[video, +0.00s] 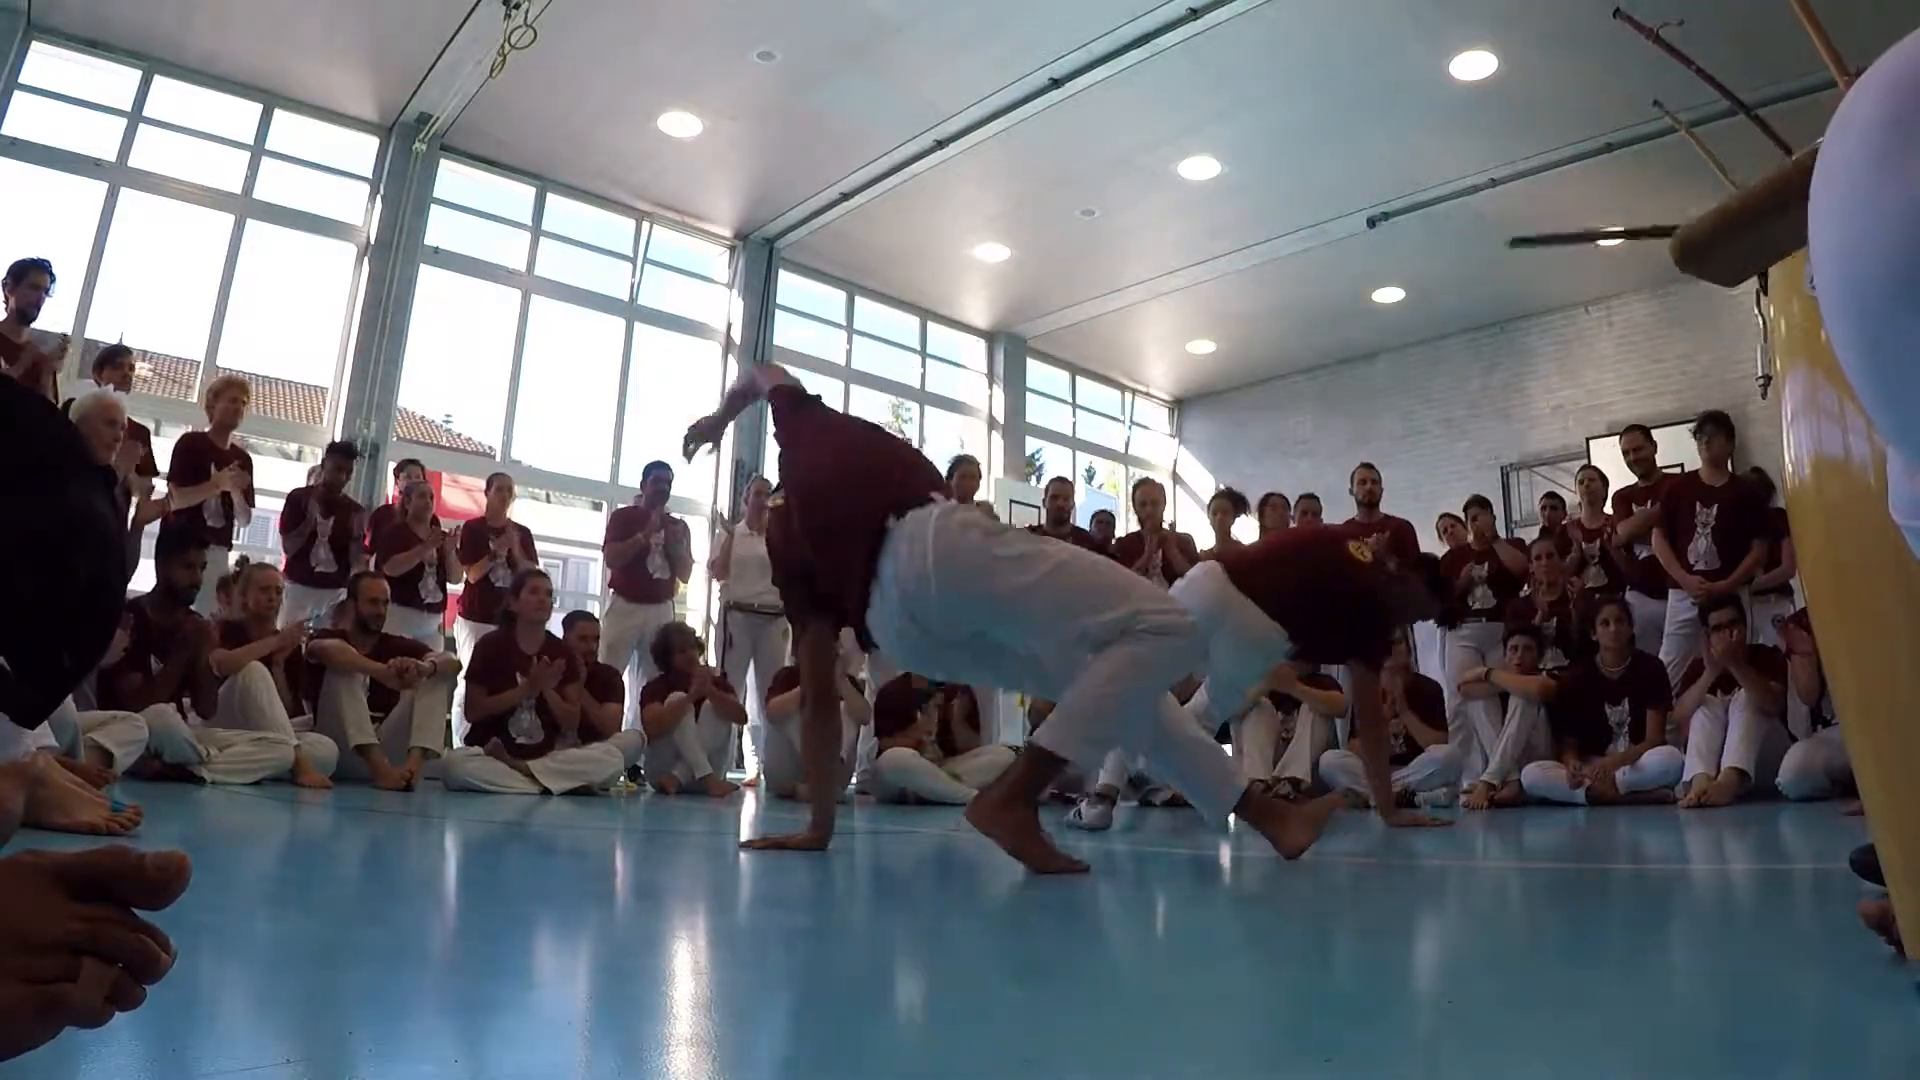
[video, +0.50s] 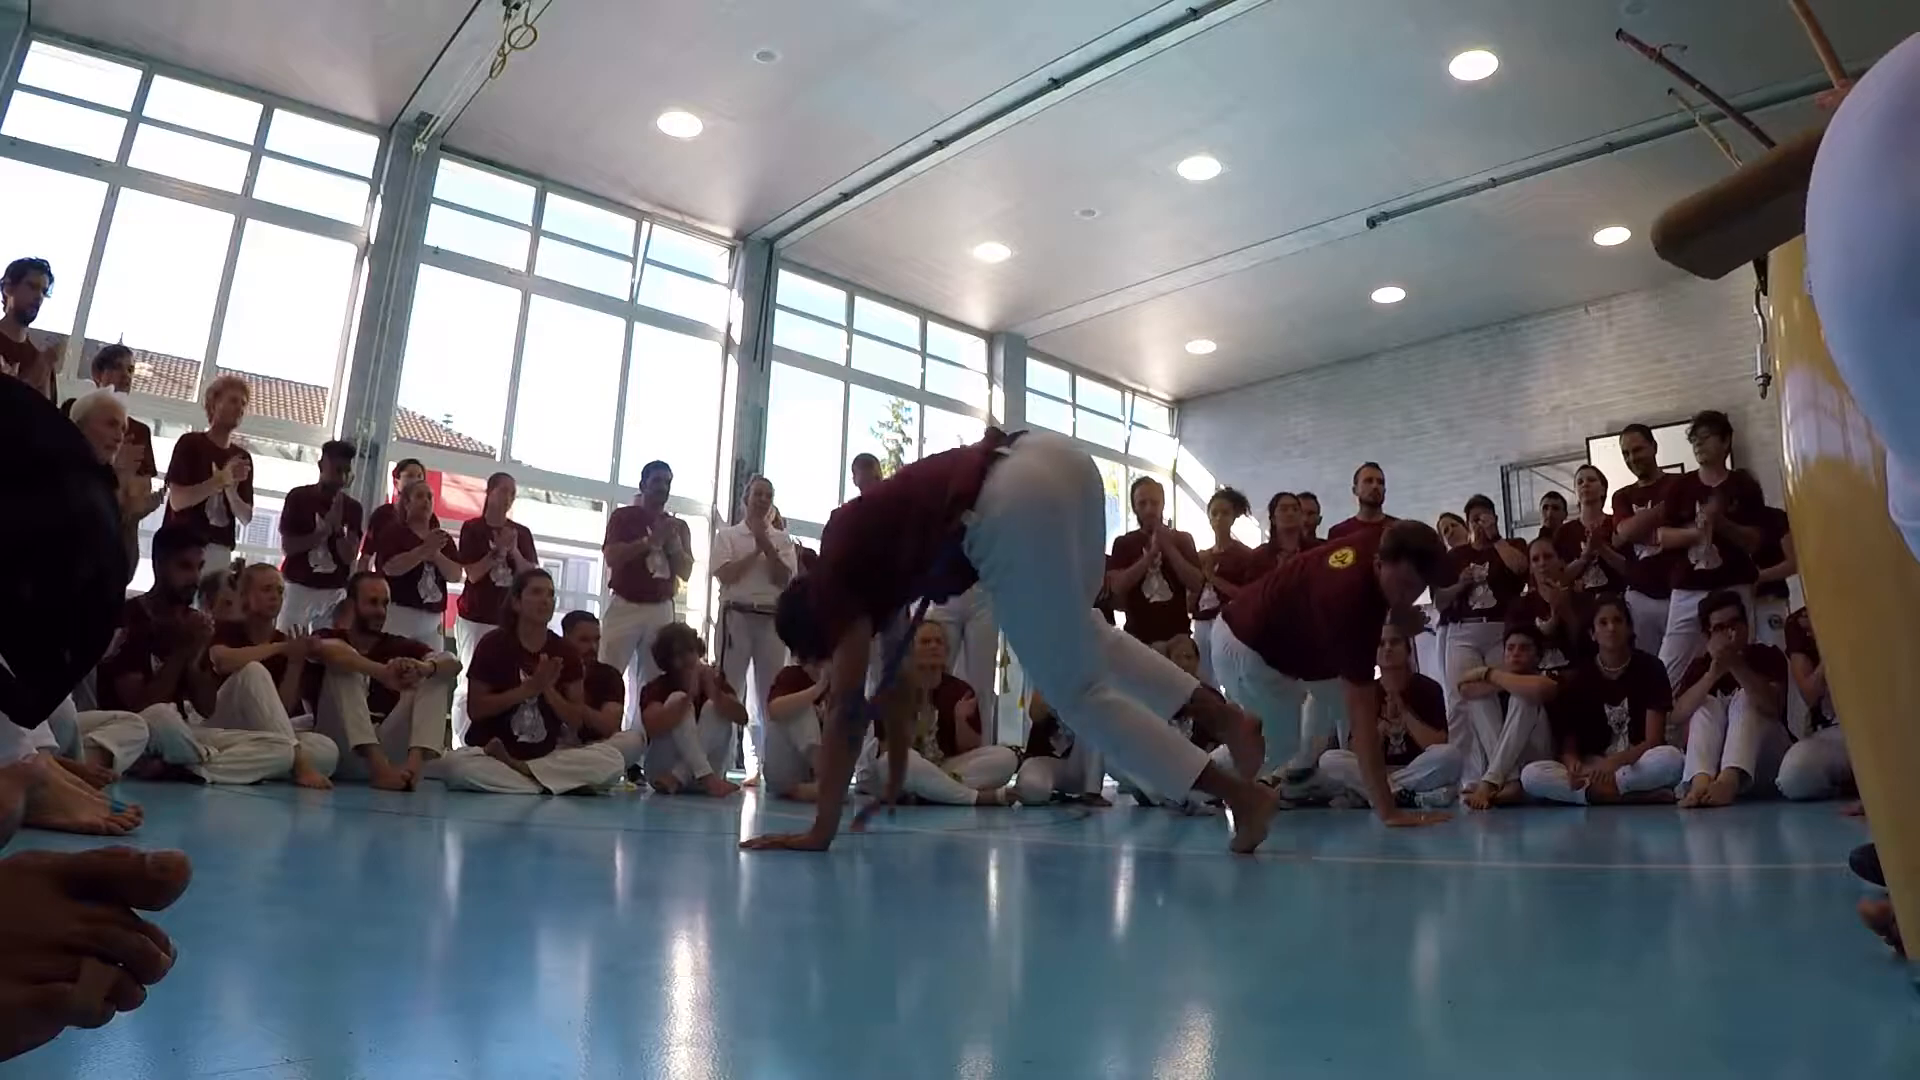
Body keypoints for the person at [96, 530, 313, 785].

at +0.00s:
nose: (197, 578)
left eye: (201, 568)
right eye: (187, 567)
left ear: (205, 568)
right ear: (161, 567)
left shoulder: (197, 624)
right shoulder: (129, 616)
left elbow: (206, 709)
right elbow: (134, 703)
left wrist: (201, 652)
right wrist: (184, 651)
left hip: (181, 731)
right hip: (129, 731)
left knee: (283, 752)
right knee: (162, 716)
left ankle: (182, 771)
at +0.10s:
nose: (198, 577)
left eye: (202, 567)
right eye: (188, 567)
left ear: (205, 568)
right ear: (161, 567)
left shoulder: (198, 624)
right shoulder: (128, 616)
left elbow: (205, 709)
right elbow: (134, 703)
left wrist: (203, 651)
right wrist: (185, 650)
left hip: (182, 734)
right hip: (130, 733)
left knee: (283, 751)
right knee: (162, 716)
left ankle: (179, 771)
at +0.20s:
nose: (198, 578)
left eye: (202, 568)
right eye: (188, 567)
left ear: (206, 568)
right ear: (160, 566)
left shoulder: (195, 624)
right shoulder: (128, 615)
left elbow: (205, 708)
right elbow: (134, 703)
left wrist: (198, 653)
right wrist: (186, 651)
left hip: (182, 734)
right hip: (130, 733)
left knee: (283, 751)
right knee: (162, 716)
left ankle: (179, 771)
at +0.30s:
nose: (198, 578)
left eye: (202, 568)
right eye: (188, 567)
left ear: (206, 569)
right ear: (160, 566)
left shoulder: (196, 624)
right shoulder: (125, 616)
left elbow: (205, 709)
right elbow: (133, 703)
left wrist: (197, 654)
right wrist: (185, 651)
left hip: (183, 734)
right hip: (130, 734)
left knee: (284, 751)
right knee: (162, 716)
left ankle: (183, 772)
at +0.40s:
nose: (195, 578)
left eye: (200, 568)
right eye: (185, 567)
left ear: (204, 570)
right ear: (159, 567)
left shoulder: (194, 623)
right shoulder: (130, 615)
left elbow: (205, 709)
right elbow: (134, 705)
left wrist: (201, 649)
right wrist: (184, 650)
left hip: (181, 732)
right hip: (130, 732)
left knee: (283, 753)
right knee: (162, 717)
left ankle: (180, 771)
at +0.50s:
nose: (194, 578)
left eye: (198, 568)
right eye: (183, 567)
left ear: (203, 569)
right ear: (158, 567)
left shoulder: (197, 621)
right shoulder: (128, 615)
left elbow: (208, 707)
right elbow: (137, 705)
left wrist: (194, 655)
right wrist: (182, 650)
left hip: (187, 730)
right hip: (136, 732)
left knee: (283, 754)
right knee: (161, 716)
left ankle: (182, 770)